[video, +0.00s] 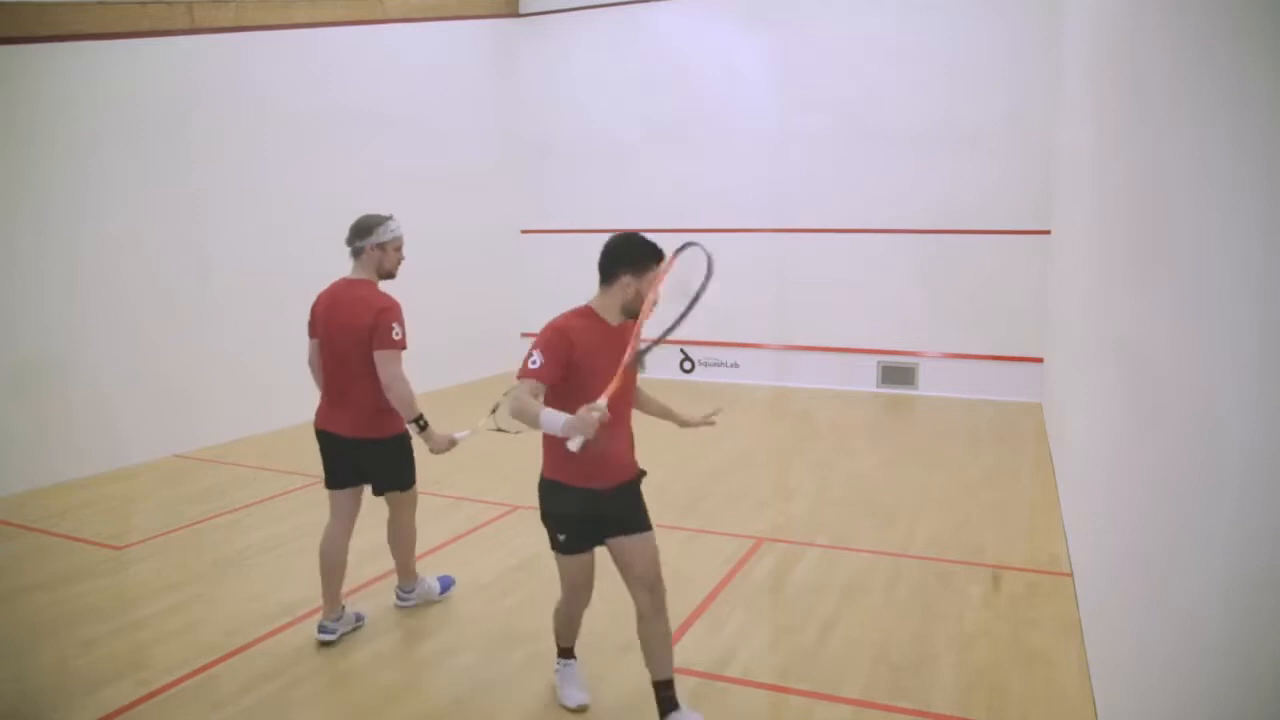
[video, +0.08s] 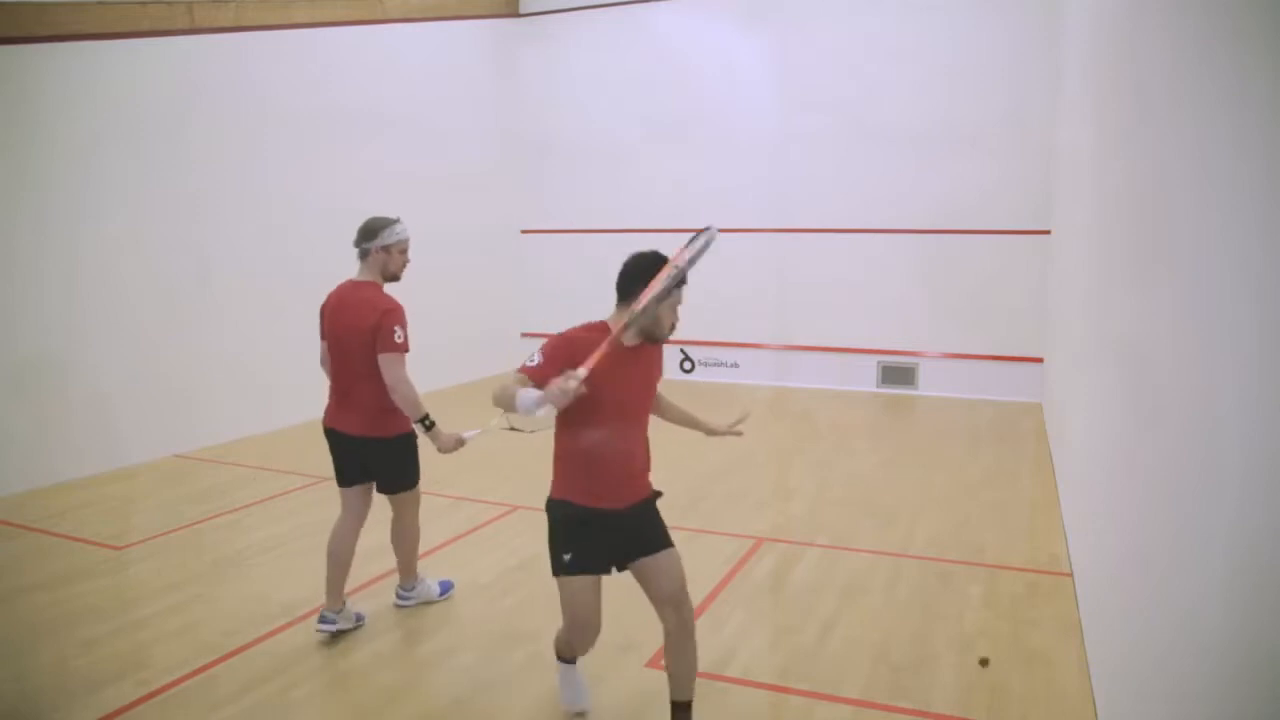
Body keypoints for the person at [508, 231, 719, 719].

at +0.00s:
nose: (656, 295)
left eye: (658, 284)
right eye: (653, 283)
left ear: (626, 281)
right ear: (624, 279)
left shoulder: (627, 333)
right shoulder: (562, 332)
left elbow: (626, 389)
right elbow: (518, 402)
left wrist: (677, 416)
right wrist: (566, 423)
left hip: (621, 485)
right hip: (568, 489)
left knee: (650, 590)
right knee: (576, 594)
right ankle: (566, 662)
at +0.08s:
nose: (678, 315)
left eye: (679, 303)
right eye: (674, 302)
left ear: (648, 302)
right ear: (642, 300)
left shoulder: (652, 349)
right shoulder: (575, 345)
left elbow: (649, 399)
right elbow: (503, 394)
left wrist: (707, 426)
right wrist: (542, 398)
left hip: (635, 505)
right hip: (576, 509)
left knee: (678, 611)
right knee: (582, 633)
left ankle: (682, 715)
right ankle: (565, 661)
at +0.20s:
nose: (692, 344)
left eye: (694, 334)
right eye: (689, 332)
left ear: (660, 329)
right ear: (657, 328)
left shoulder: (662, 373)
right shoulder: (577, 361)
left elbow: (679, 401)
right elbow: (484, 388)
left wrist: (730, 422)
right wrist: (516, 361)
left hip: (647, 519)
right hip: (586, 524)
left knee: (698, 622)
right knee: (597, 645)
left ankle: (687, 716)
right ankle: (577, 714)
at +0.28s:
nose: (691, 351)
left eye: (693, 340)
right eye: (688, 339)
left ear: (659, 337)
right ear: (655, 336)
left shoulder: (664, 379)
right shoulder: (574, 371)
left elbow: (680, 399)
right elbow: (483, 408)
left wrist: (719, 416)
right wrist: (503, 365)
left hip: (646, 524)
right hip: (585, 531)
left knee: (702, 632)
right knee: (605, 661)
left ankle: (688, 716)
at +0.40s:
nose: (684, 357)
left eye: (685, 346)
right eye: (679, 346)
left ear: (646, 347)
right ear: (644, 346)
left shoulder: (650, 389)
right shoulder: (568, 402)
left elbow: (645, 414)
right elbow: (546, 503)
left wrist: (668, 430)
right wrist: (515, 448)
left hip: (628, 536)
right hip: (573, 551)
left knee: (694, 637)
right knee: (623, 680)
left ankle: (689, 715)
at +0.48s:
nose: (671, 340)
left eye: (671, 328)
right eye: (666, 328)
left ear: (628, 327)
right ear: (630, 328)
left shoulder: (595, 360)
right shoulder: (589, 409)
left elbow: (605, 415)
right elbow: (617, 503)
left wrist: (636, 446)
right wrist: (660, 548)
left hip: (602, 534)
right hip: (559, 548)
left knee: (664, 620)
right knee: (622, 681)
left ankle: (681, 713)